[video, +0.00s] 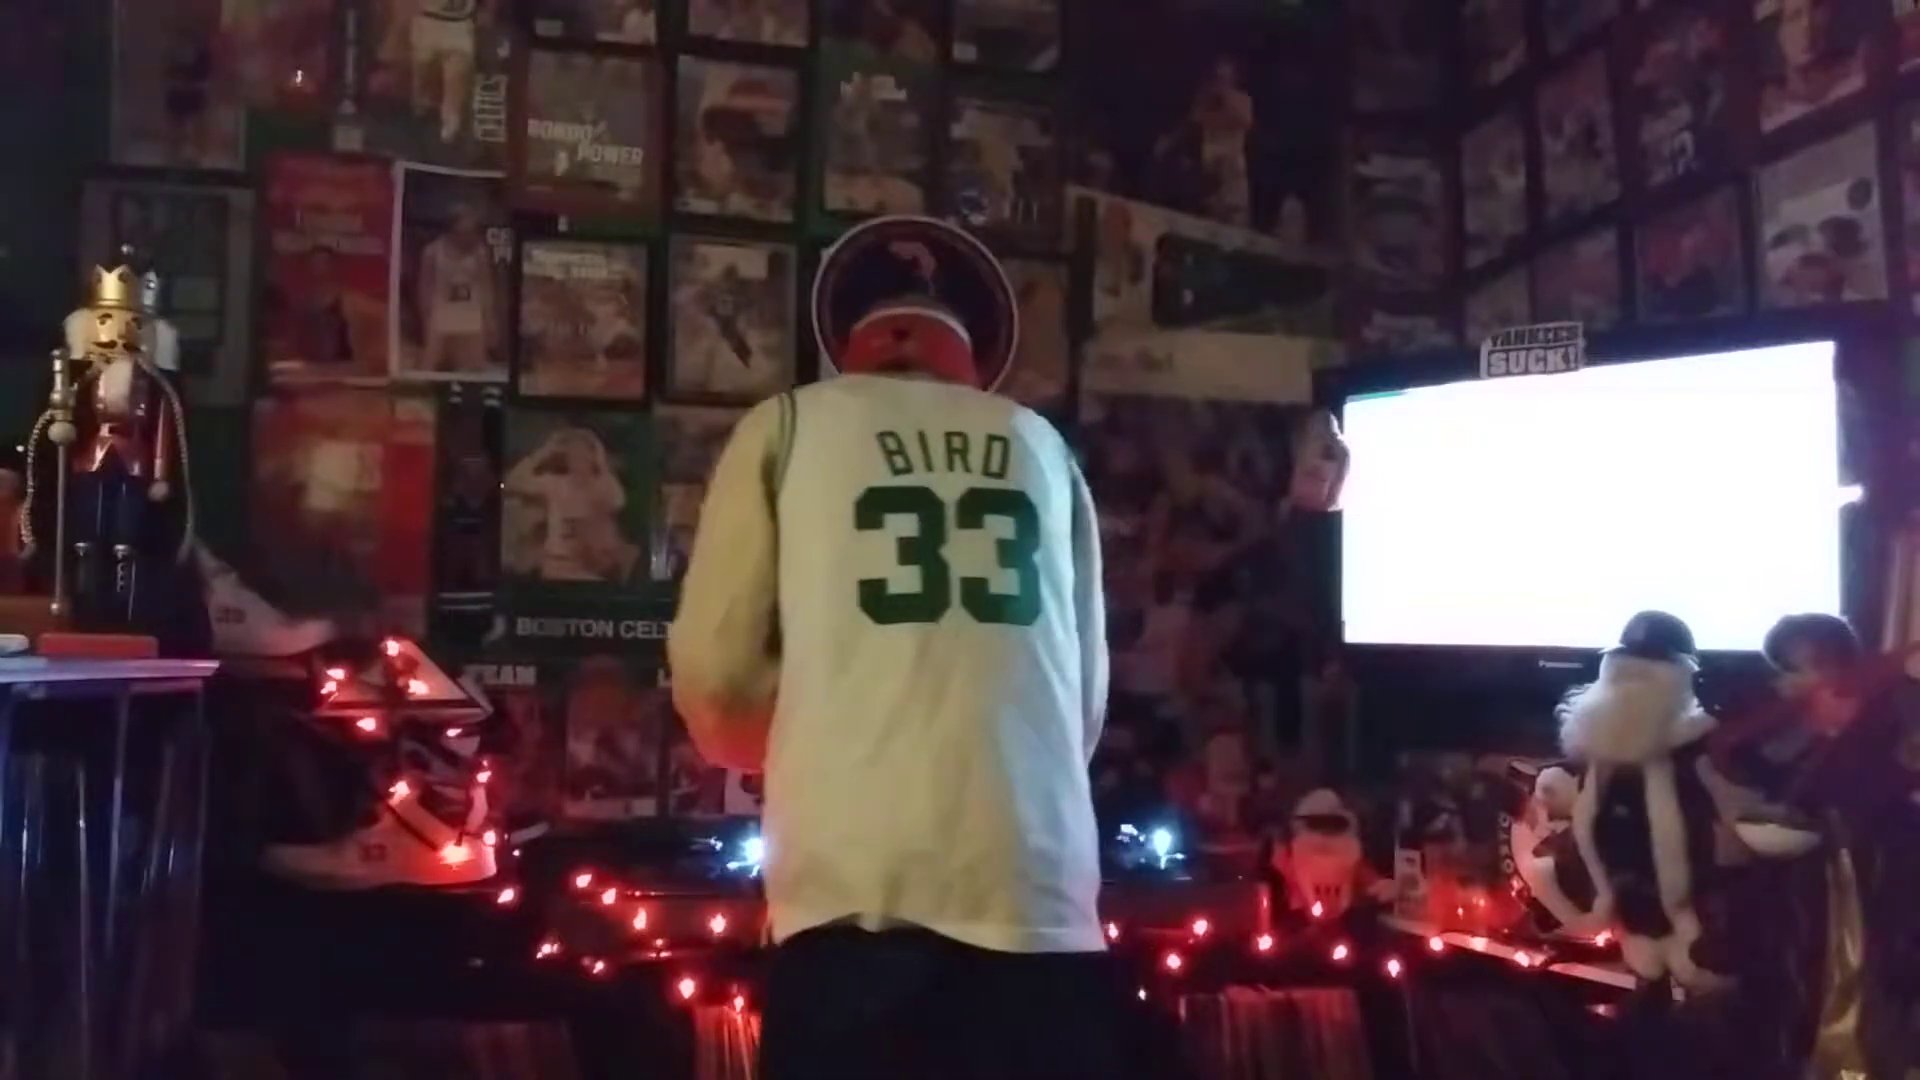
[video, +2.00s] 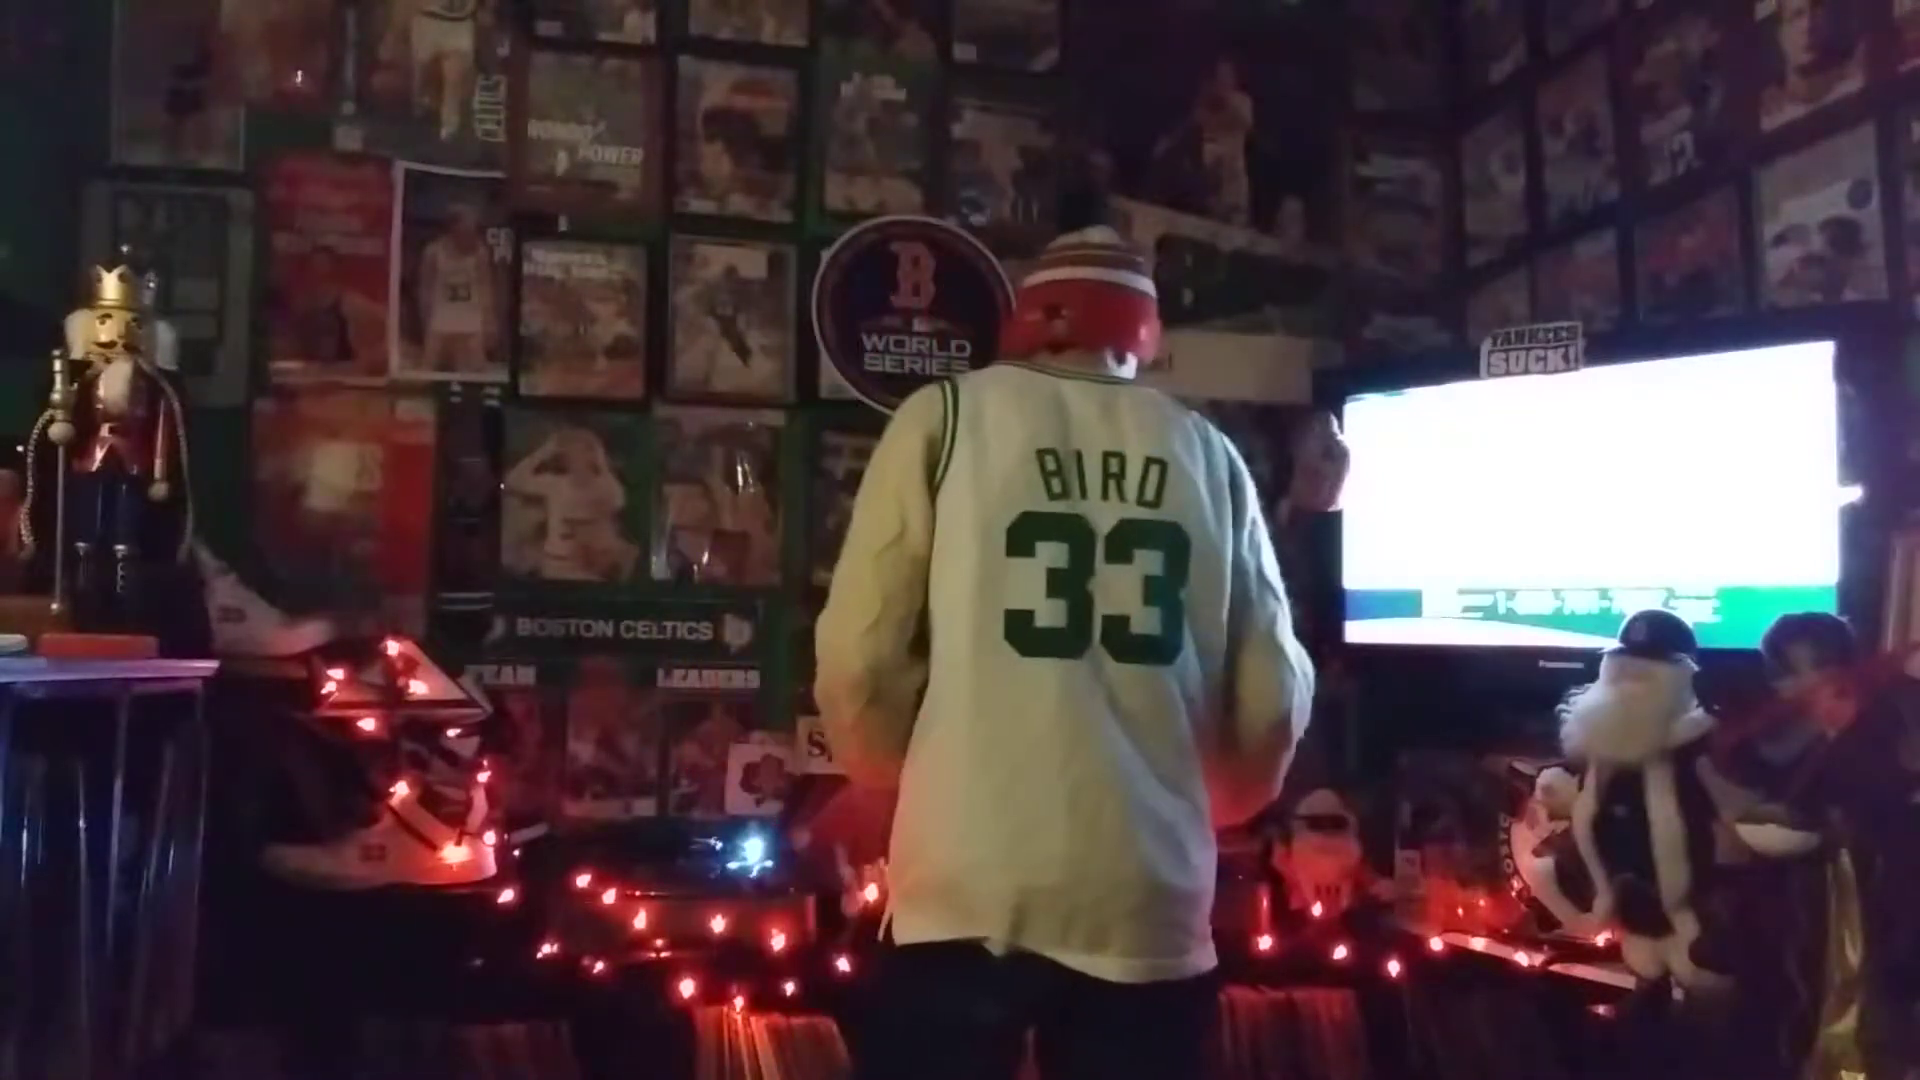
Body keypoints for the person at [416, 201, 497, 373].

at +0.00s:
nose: (467, 236)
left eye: (471, 231)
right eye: (463, 231)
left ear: (476, 231)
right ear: (453, 229)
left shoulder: (481, 252)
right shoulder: (434, 252)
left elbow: (488, 289)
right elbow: (425, 287)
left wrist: (490, 321)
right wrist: (428, 317)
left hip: (472, 323)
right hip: (441, 323)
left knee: (474, 375)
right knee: (431, 375)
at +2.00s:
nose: (466, 237)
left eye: (470, 231)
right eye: (462, 231)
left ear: (475, 231)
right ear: (452, 230)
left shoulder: (480, 253)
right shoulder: (434, 253)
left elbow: (486, 291)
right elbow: (425, 288)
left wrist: (490, 324)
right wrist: (427, 319)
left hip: (472, 330)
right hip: (440, 329)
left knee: (473, 382)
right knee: (434, 381)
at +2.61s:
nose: (467, 236)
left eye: (471, 232)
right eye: (463, 231)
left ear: (476, 231)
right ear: (453, 229)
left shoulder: (481, 253)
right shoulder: (434, 253)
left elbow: (486, 291)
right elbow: (425, 288)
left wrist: (490, 325)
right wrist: (427, 317)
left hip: (472, 324)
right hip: (441, 323)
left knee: (473, 376)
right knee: (433, 376)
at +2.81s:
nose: (467, 237)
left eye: (471, 232)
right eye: (463, 231)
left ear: (476, 231)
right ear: (453, 229)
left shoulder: (481, 253)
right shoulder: (433, 253)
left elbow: (486, 291)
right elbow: (425, 288)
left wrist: (490, 325)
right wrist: (427, 317)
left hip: (471, 325)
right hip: (441, 323)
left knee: (474, 376)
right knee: (433, 376)